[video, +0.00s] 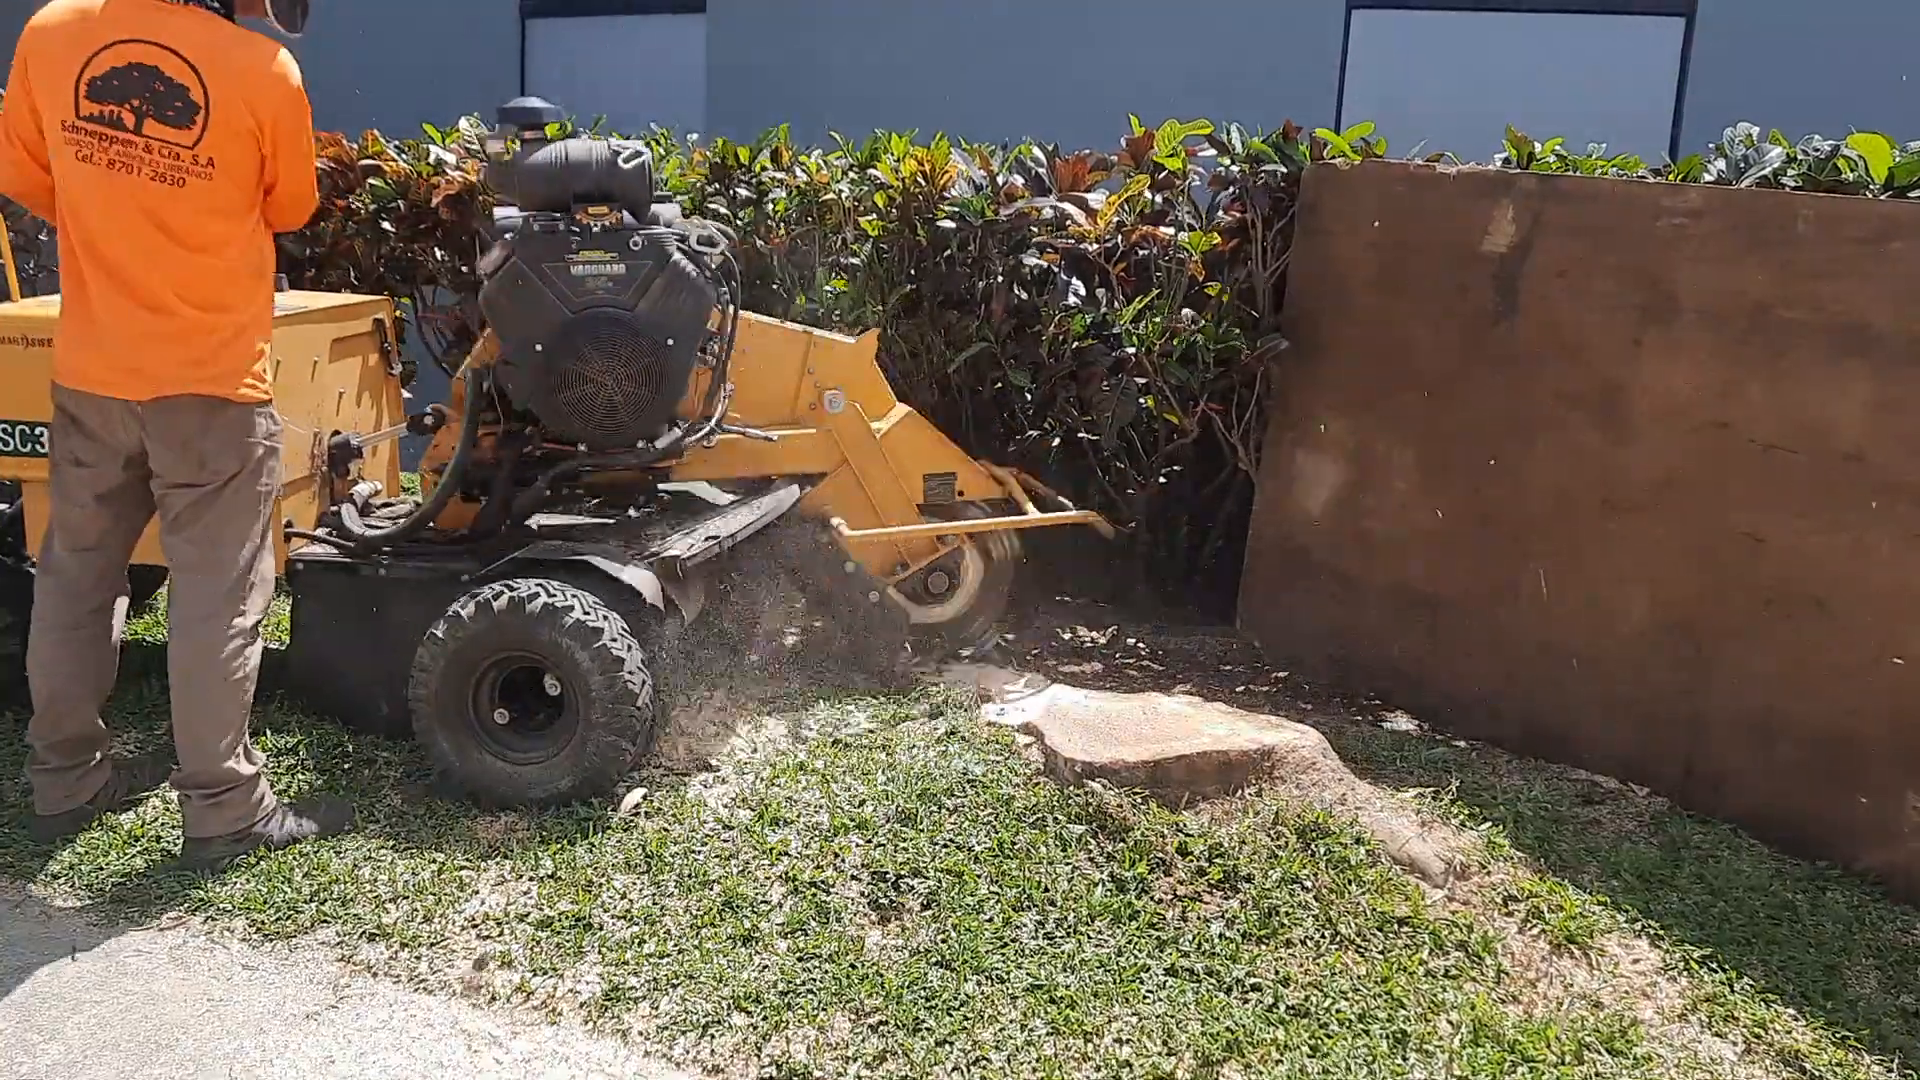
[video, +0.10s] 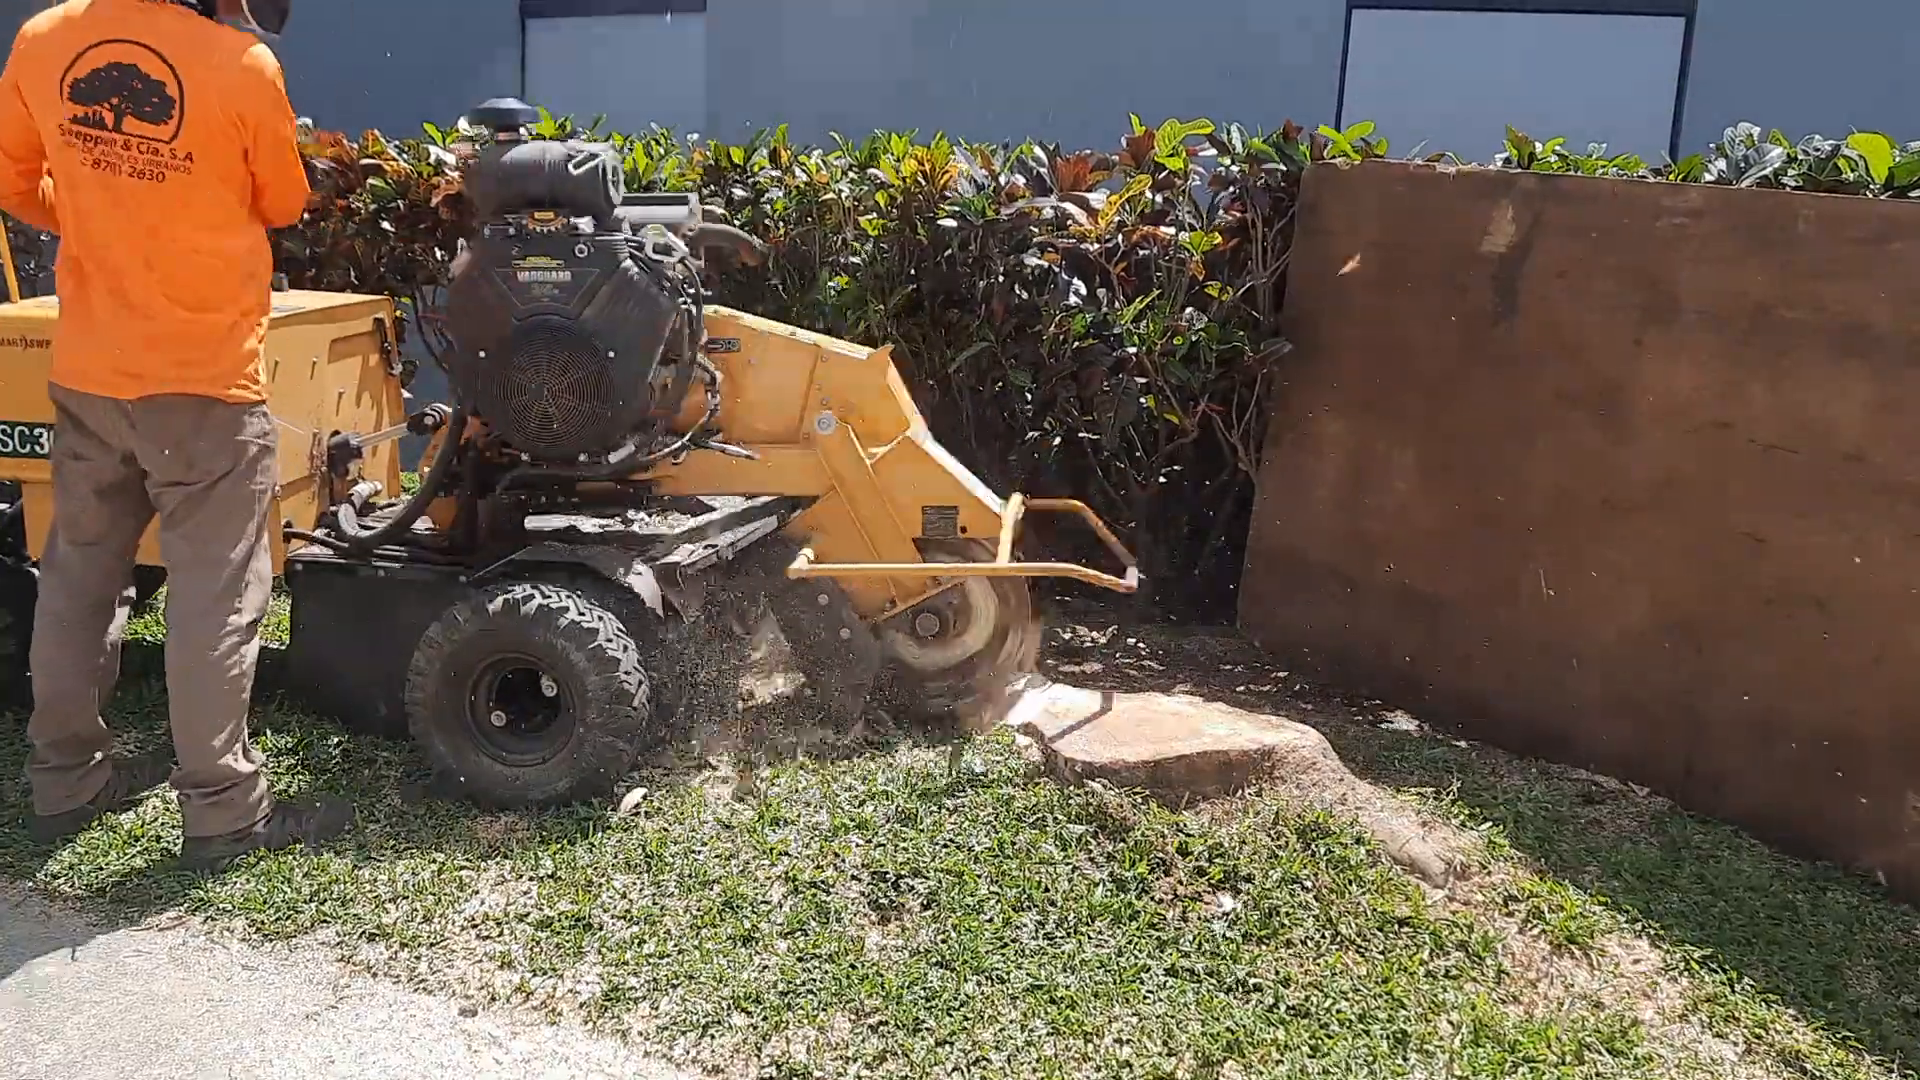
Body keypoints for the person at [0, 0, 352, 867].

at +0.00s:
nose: (277, 12)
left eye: (277, 4)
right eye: (274, 0)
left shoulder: (50, 31)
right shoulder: (264, 66)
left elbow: (23, 178)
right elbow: (290, 206)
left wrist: (106, 210)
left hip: (89, 362)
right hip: (212, 368)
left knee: (75, 570)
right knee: (218, 584)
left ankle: (64, 777)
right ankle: (225, 804)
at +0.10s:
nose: (254, 15)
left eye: (258, 7)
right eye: (251, 5)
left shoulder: (41, 38)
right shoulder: (241, 62)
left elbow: (21, 191)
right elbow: (285, 201)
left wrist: (107, 213)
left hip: (86, 362)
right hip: (204, 372)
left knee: (79, 572)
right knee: (217, 587)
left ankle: (65, 779)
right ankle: (225, 808)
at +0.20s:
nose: (251, 8)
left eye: (253, 0)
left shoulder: (37, 34)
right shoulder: (239, 63)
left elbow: (18, 182)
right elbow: (279, 203)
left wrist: (103, 212)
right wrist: (188, 194)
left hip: (74, 363)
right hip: (196, 371)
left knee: (73, 567)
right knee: (215, 583)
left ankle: (63, 779)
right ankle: (226, 807)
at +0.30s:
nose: (242, 4)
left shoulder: (23, 38)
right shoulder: (232, 60)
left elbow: (15, 192)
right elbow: (273, 202)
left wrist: (105, 200)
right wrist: (181, 186)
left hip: (68, 365)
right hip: (189, 372)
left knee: (69, 571)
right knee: (210, 584)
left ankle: (64, 778)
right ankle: (225, 807)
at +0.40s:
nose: (258, 15)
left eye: (261, 7)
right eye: (256, 6)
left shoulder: (37, 35)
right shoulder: (242, 60)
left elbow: (19, 185)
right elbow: (286, 207)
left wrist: (103, 210)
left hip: (79, 365)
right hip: (199, 372)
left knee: (74, 566)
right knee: (215, 588)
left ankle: (63, 777)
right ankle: (227, 806)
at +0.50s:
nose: (236, 21)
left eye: (242, 14)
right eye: (236, 12)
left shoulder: (24, 28)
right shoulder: (202, 69)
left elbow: (7, 183)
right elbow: (258, 227)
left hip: (40, 361)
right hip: (153, 372)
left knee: (65, 569)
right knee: (216, 578)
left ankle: (67, 774)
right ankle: (206, 809)